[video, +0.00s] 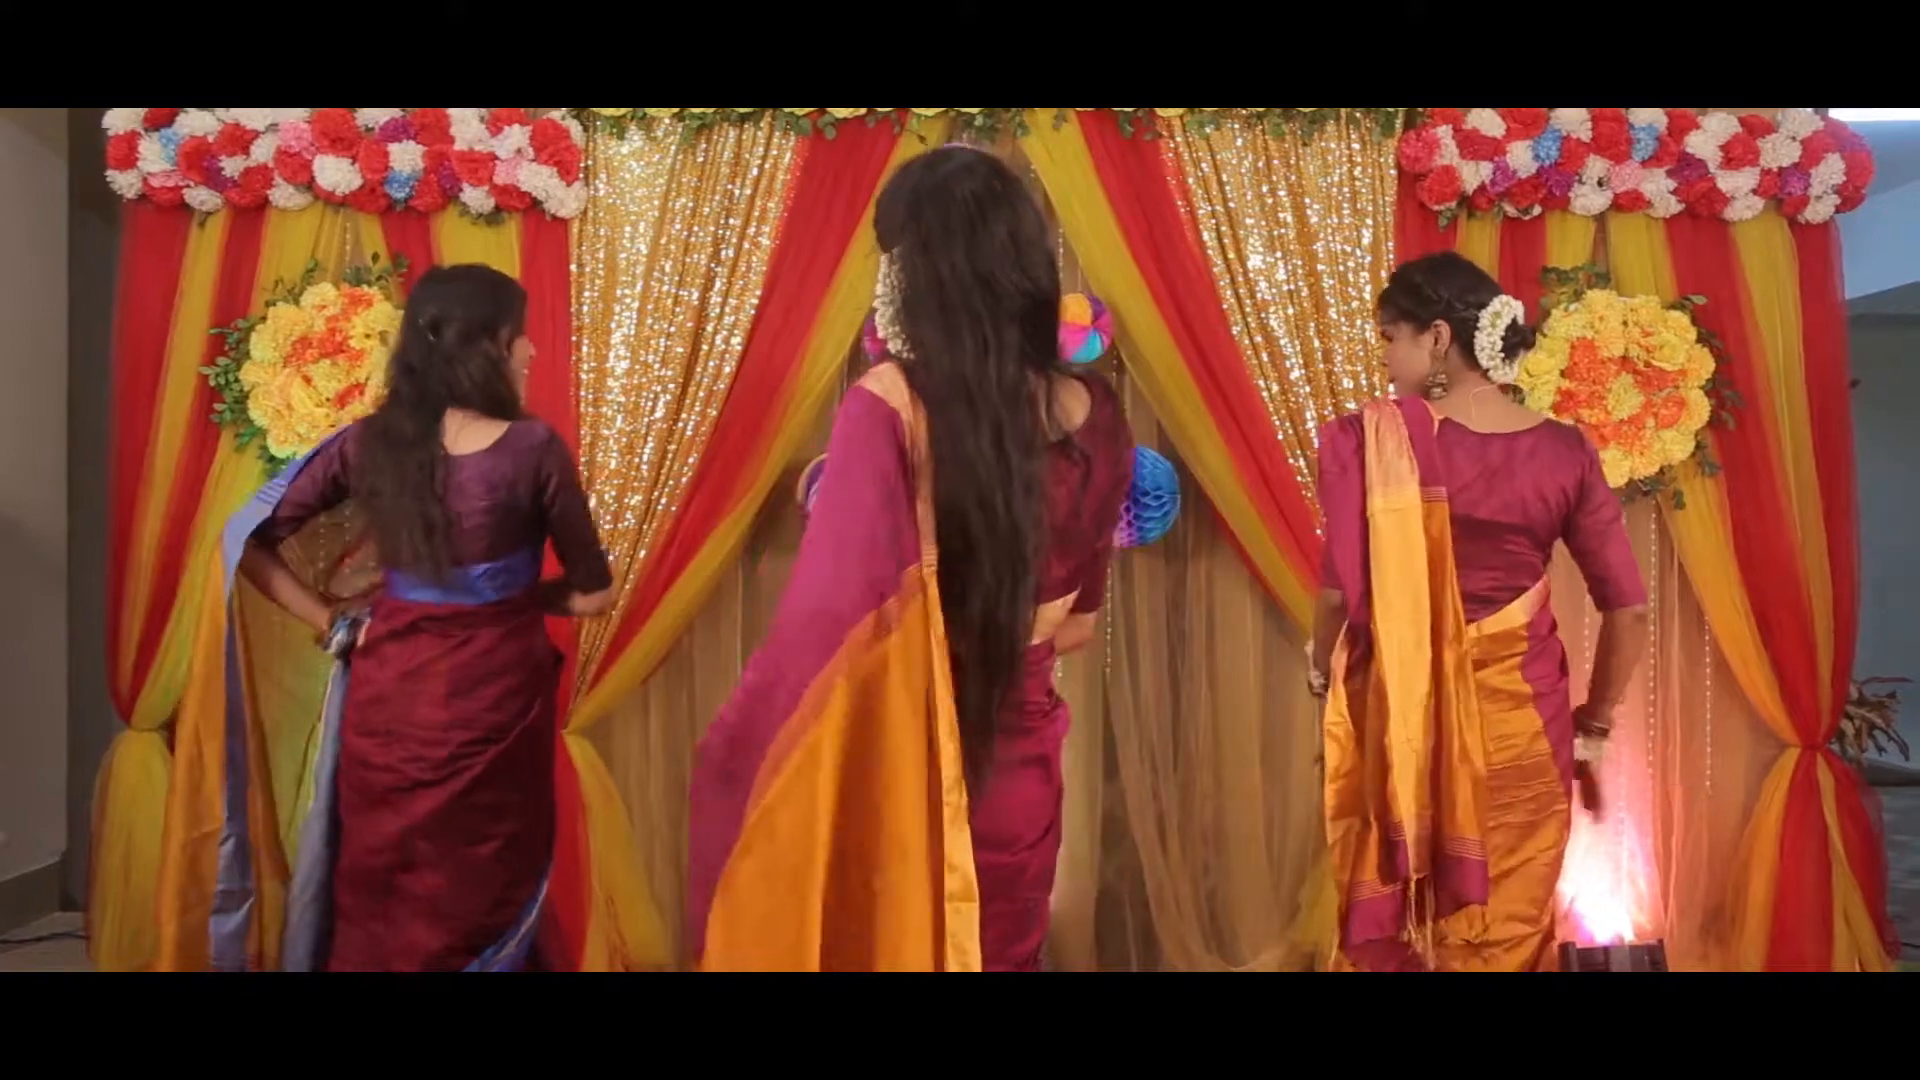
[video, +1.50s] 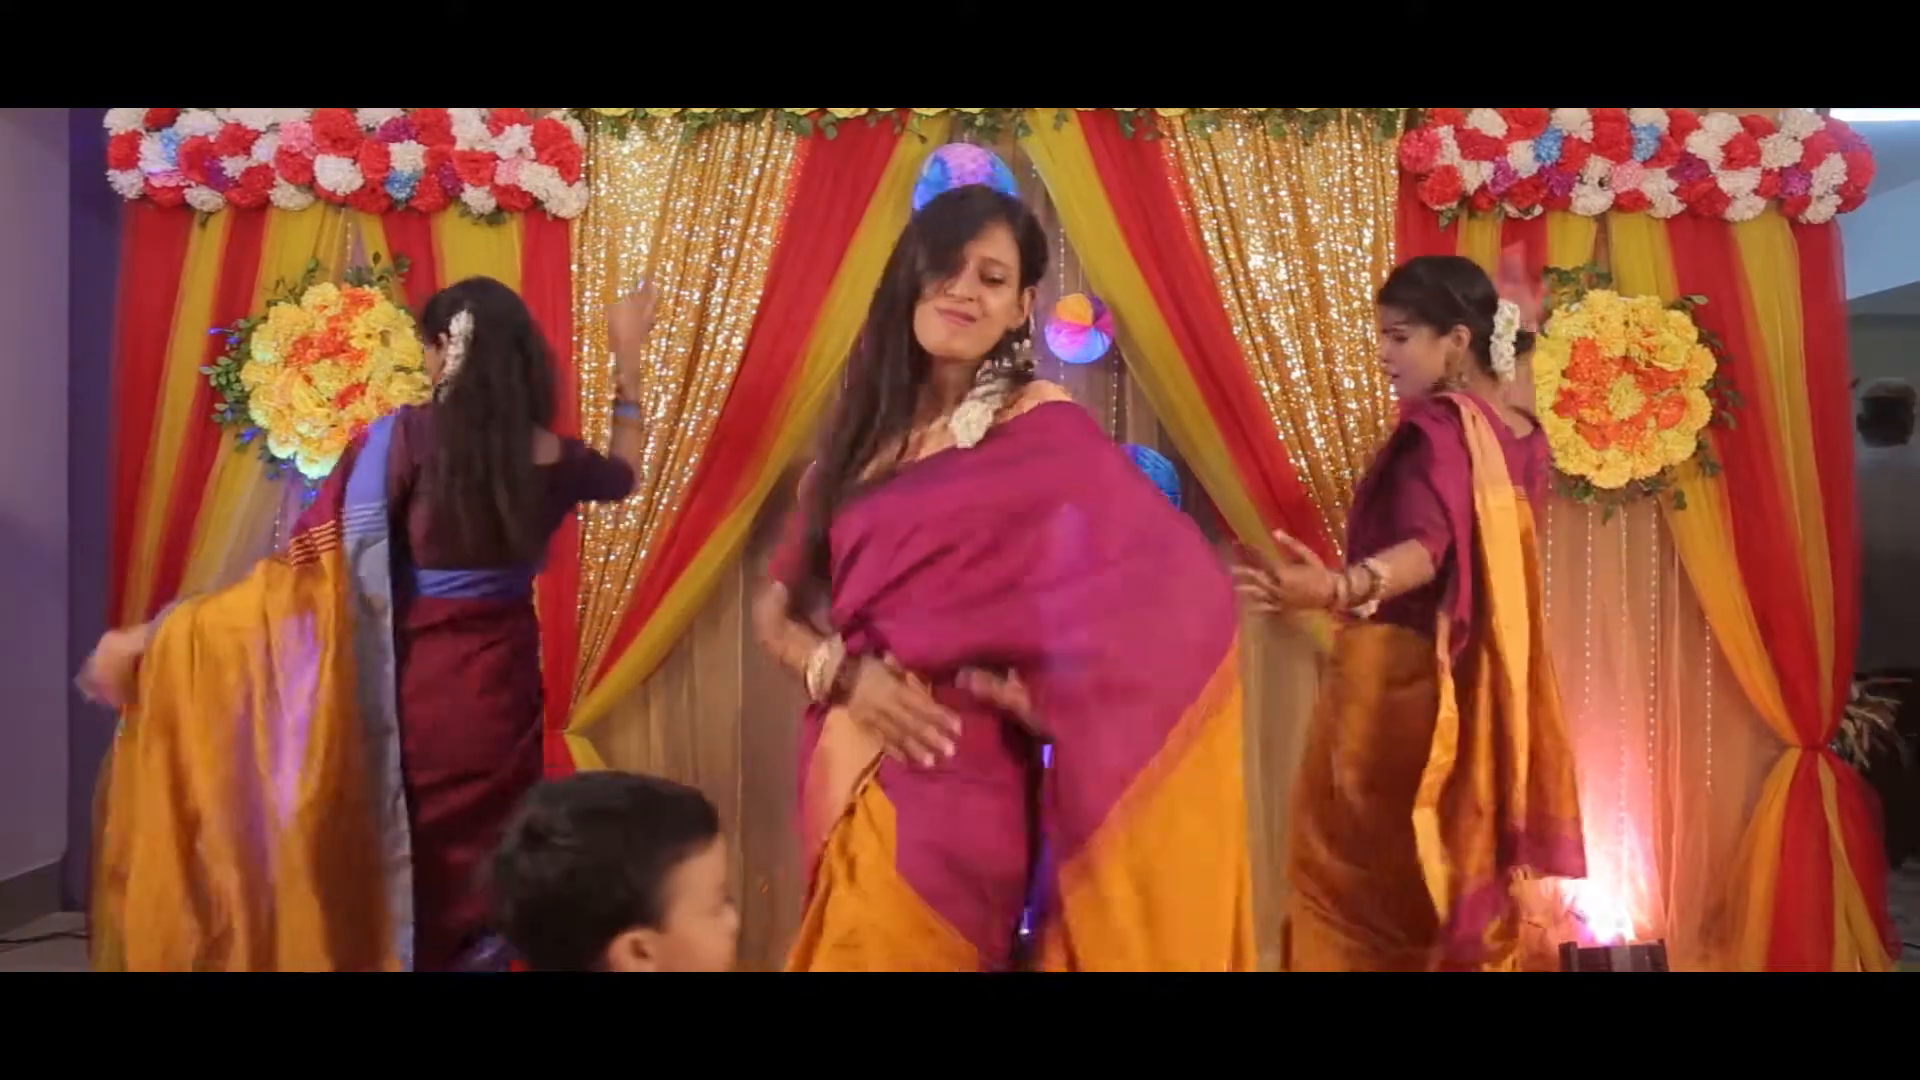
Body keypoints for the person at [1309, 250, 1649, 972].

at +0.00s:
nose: (1384, 360)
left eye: (1390, 339)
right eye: (1384, 340)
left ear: (1439, 336)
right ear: (1460, 335)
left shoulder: (1365, 440)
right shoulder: (1563, 449)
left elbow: (1342, 584)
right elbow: (1625, 605)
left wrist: (1321, 657)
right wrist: (1596, 722)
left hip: (1396, 724)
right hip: (1520, 725)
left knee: (1390, 932)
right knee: (1507, 931)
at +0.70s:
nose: (1388, 346)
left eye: (1398, 326)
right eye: (1389, 326)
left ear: (1451, 331)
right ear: (1465, 330)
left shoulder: (1386, 432)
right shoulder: (1569, 437)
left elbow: (1339, 574)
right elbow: (1668, 577)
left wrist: (1253, 679)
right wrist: (1673, 652)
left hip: (1399, 694)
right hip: (1515, 693)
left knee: (1388, 900)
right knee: (1500, 903)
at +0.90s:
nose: (1385, 359)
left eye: (1394, 340)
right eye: (1386, 340)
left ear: (1445, 346)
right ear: (1462, 346)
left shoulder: (1375, 441)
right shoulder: (1548, 457)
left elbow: (1326, 578)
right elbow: (1650, 571)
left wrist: (1245, 676)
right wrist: (1699, 598)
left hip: (1392, 717)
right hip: (1514, 714)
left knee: (1378, 924)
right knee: (1501, 926)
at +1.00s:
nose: (1382, 346)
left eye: (1391, 327)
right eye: (1383, 327)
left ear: (1444, 332)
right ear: (1460, 331)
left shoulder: (1393, 427)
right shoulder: (1553, 438)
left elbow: (1338, 545)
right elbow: (1642, 512)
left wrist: (1253, 620)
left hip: (1397, 678)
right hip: (1502, 677)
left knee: (1387, 874)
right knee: (1491, 879)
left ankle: (1395, 960)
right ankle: (1484, 959)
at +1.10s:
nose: (1382, 344)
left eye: (1391, 325)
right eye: (1382, 326)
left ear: (1446, 330)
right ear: (1457, 330)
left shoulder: (1415, 425)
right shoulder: (1550, 426)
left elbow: (1361, 538)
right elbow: (1625, 451)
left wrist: (1263, 594)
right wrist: (1644, 371)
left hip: (1391, 664)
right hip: (1493, 665)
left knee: (1353, 843)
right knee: (1473, 845)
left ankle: (1367, 958)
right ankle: (1468, 961)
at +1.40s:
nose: (1385, 360)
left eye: (1399, 342)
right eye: (1386, 341)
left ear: (1456, 347)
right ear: (1463, 351)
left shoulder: (1431, 433)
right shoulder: (1521, 437)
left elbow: (1412, 556)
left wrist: (1309, 602)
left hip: (1391, 677)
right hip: (1476, 679)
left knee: (1349, 877)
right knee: (1460, 869)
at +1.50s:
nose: (1384, 354)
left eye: (1400, 336)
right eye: (1382, 335)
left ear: (1458, 340)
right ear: (1458, 345)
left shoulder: (1436, 427)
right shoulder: (1515, 432)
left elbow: (1427, 547)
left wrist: (1334, 585)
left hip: (1395, 667)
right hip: (1466, 670)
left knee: (1349, 864)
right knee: (1448, 856)